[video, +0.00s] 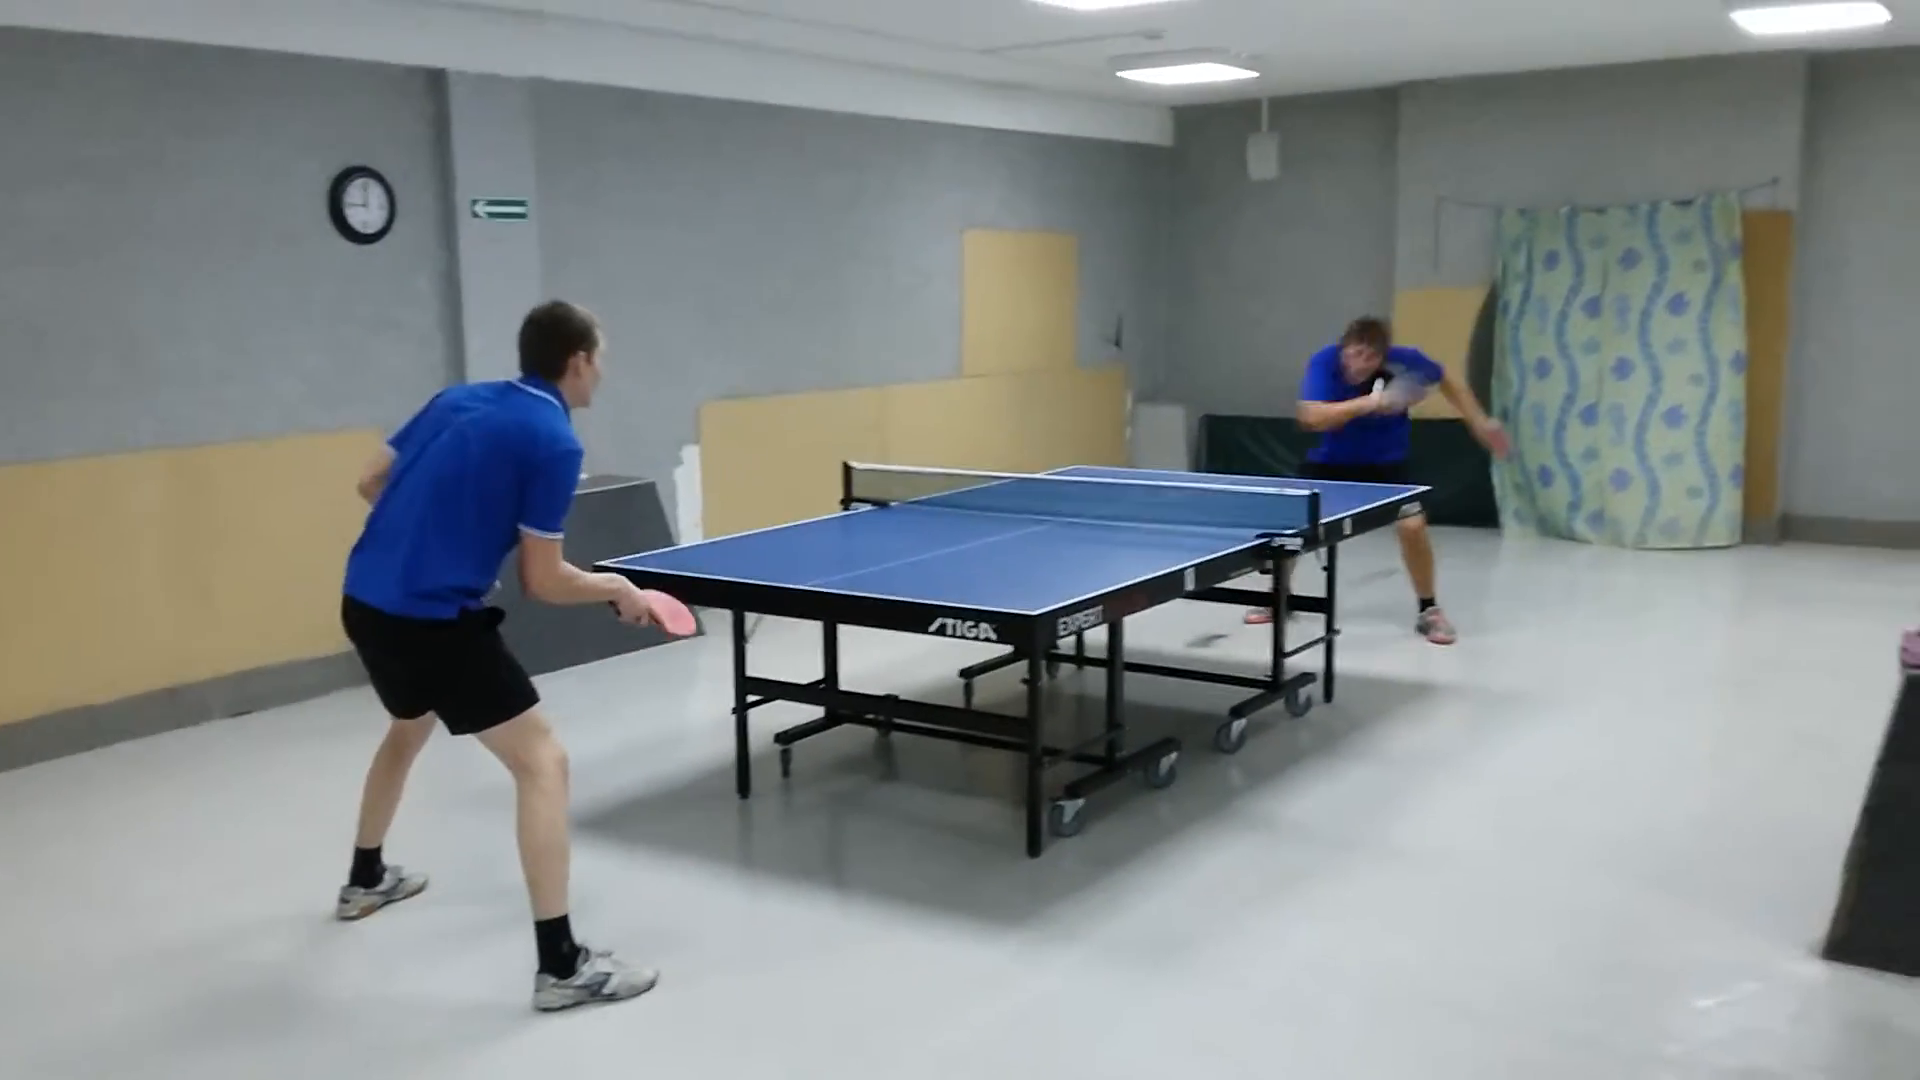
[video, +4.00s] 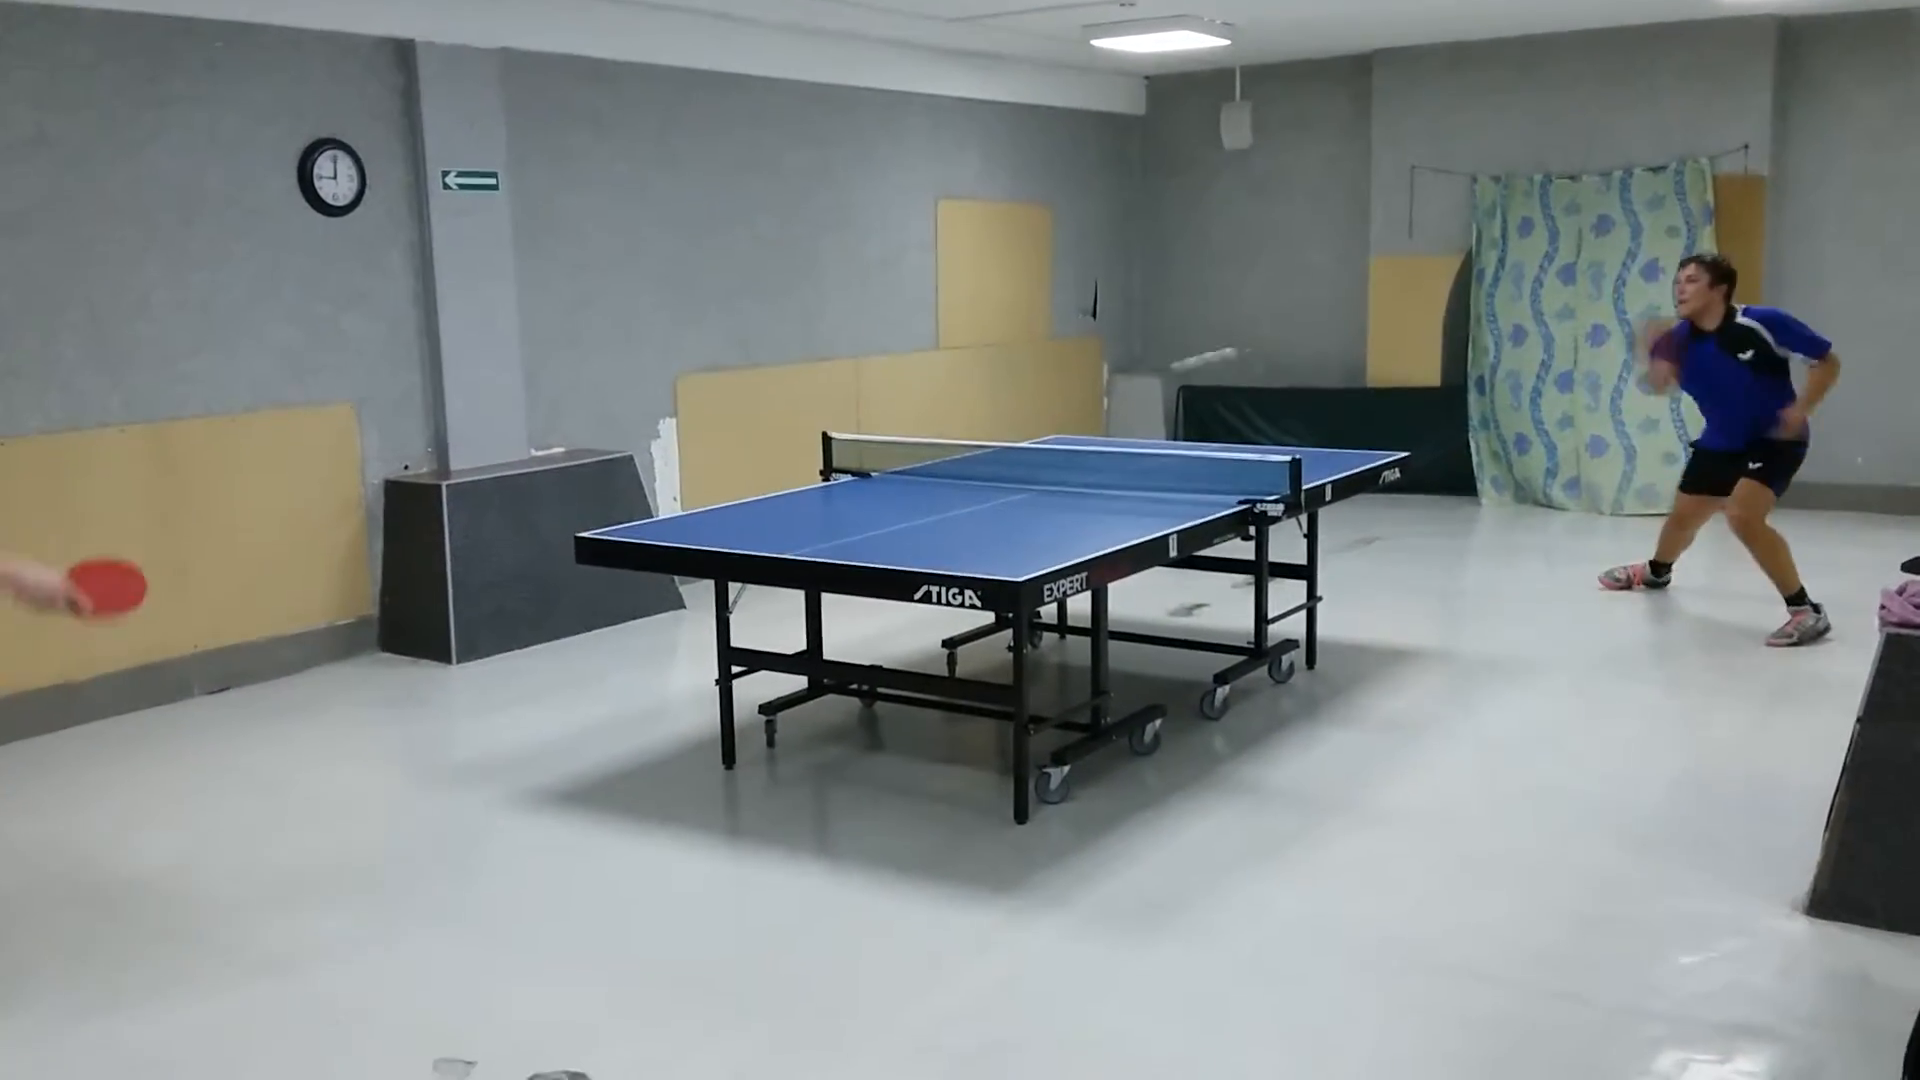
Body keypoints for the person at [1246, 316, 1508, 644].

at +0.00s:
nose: (1359, 364)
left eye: (1368, 358)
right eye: (1355, 355)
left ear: (1382, 356)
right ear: (1345, 348)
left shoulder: (1403, 361)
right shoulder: (1324, 363)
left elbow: (1445, 379)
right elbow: (1310, 417)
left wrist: (1479, 422)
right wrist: (1370, 402)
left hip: (1388, 467)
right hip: (1328, 467)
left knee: (1413, 524)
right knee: (1289, 520)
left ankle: (1428, 610)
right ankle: (1276, 598)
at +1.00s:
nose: (1339, 276)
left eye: (1348, 268)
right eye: (1335, 266)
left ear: (1366, 271)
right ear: (1327, 269)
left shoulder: (1396, 302)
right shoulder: (1318, 312)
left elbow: (1437, 345)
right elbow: (1289, 357)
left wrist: (1428, 401)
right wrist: (1301, 395)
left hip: (1401, 415)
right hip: (1346, 416)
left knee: (1427, 484)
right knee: (1318, 480)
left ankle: (1474, 569)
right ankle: (1313, 554)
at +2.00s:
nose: (1447, 247)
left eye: (1457, 240)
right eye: (1444, 240)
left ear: (1480, 247)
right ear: (1440, 246)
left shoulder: (1515, 280)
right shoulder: (1436, 295)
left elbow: (1562, 318)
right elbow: (1420, 343)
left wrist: (1566, 371)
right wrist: (1412, 378)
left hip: (1529, 395)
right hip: (1478, 398)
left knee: (1532, 480)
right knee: (1459, 477)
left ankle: (1565, 567)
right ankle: (1472, 559)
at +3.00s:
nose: (1611, 287)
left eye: (1622, 280)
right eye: (1607, 280)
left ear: (1645, 287)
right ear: (1602, 286)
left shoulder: (1677, 325)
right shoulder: (1584, 336)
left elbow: (1715, 368)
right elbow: (1581, 405)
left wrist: (1745, 415)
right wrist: (1631, 433)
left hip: (1650, 434)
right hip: (1595, 432)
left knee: (1643, 498)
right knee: (1568, 516)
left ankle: (1651, 601)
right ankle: (1581, 573)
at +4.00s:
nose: (1680, 289)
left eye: (1690, 282)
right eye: (1677, 283)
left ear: (1720, 289)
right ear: (1675, 291)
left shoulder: (1762, 324)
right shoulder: (1678, 340)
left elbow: (1828, 362)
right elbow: (1656, 386)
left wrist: (1802, 407)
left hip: (1776, 436)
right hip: (1721, 439)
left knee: (1743, 515)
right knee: (1684, 515)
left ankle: (1805, 612)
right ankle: (1657, 573)